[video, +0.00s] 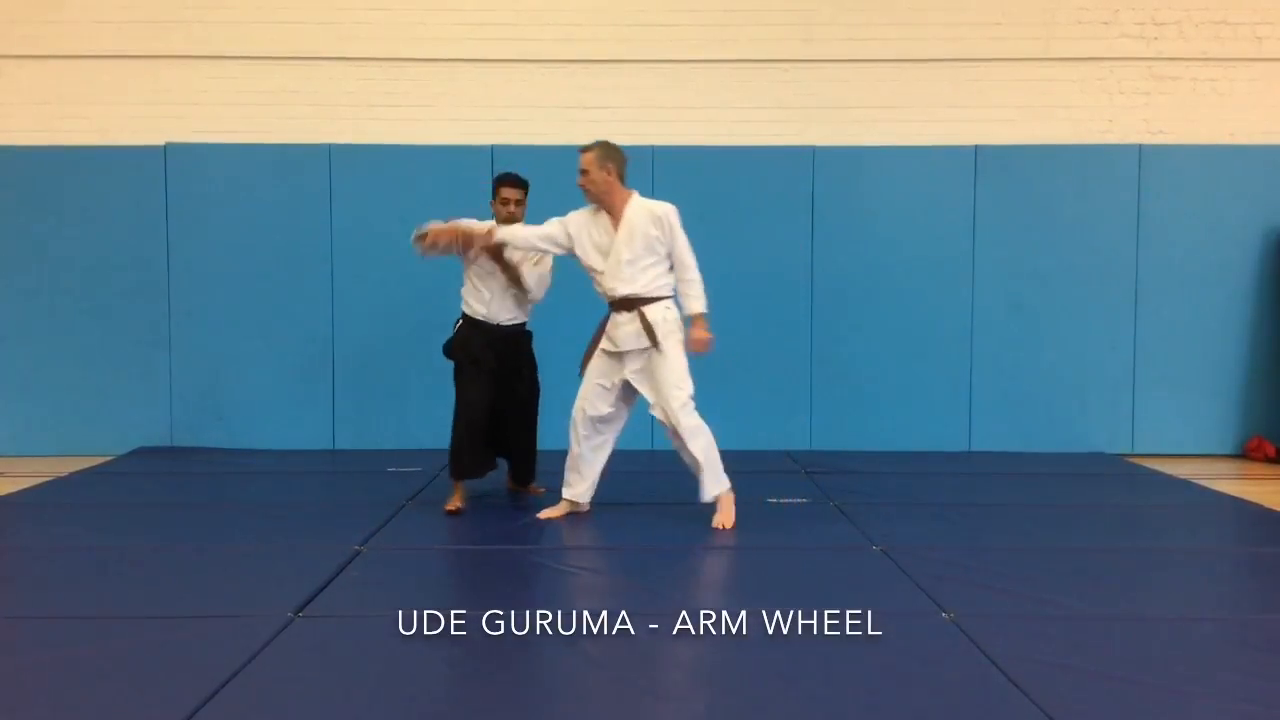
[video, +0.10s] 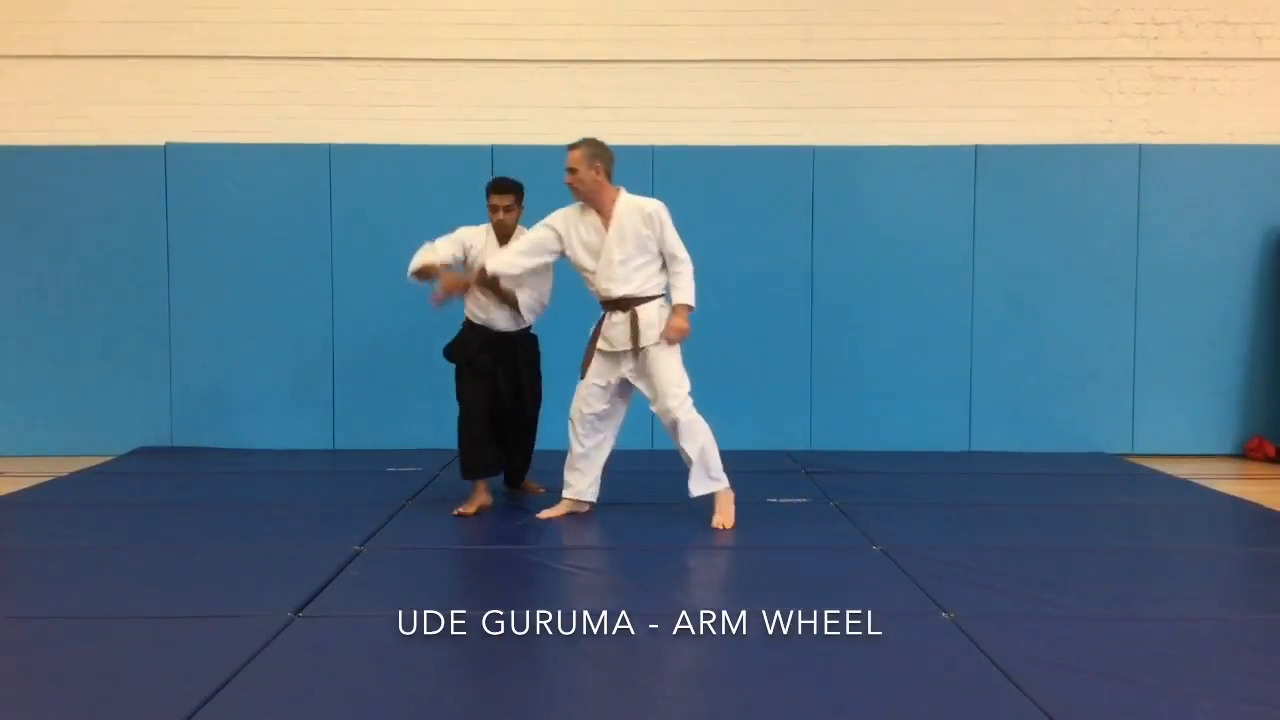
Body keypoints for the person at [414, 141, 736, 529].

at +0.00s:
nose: (579, 181)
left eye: (585, 172)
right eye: (578, 173)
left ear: (612, 172)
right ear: (601, 175)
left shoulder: (659, 215)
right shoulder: (580, 223)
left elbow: (686, 267)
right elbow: (532, 235)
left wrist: (697, 319)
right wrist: (479, 234)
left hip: (657, 324)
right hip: (616, 328)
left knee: (677, 411)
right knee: (590, 411)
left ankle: (722, 495)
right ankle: (576, 499)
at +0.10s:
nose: (567, 180)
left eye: (573, 172)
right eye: (566, 172)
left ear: (599, 172)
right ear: (586, 174)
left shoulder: (649, 211)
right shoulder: (566, 222)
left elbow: (679, 262)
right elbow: (520, 252)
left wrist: (680, 312)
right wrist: (474, 274)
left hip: (652, 322)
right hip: (611, 326)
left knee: (674, 408)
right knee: (588, 410)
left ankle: (721, 490)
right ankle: (579, 496)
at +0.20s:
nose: (554, 184)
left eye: (560, 176)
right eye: (553, 176)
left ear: (585, 176)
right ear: (575, 177)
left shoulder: (637, 212)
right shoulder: (558, 228)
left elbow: (677, 258)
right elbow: (522, 269)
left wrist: (675, 307)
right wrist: (484, 299)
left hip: (649, 321)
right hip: (606, 327)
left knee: (678, 407)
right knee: (586, 413)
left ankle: (723, 491)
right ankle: (579, 496)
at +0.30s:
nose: (548, 191)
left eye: (553, 182)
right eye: (547, 183)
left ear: (579, 179)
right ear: (569, 181)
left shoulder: (632, 213)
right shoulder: (555, 231)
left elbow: (673, 256)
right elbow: (519, 269)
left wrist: (672, 306)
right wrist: (475, 299)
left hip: (649, 323)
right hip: (605, 330)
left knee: (680, 412)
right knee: (585, 414)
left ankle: (722, 496)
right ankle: (578, 497)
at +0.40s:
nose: (553, 189)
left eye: (558, 180)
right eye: (552, 181)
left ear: (584, 178)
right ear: (573, 180)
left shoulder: (636, 212)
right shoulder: (558, 226)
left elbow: (673, 259)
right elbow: (509, 229)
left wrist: (666, 308)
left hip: (650, 323)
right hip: (606, 329)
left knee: (679, 413)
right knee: (585, 414)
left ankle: (720, 497)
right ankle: (578, 497)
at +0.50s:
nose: (561, 185)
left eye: (566, 176)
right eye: (560, 177)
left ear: (591, 173)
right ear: (582, 175)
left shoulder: (641, 209)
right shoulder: (567, 214)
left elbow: (673, 260)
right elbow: (523, 192)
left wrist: (645, 299)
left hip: (651, 321)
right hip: (606, 324)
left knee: (680, 411)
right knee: (588, 412)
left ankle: (720, 498)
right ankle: (580, 496)